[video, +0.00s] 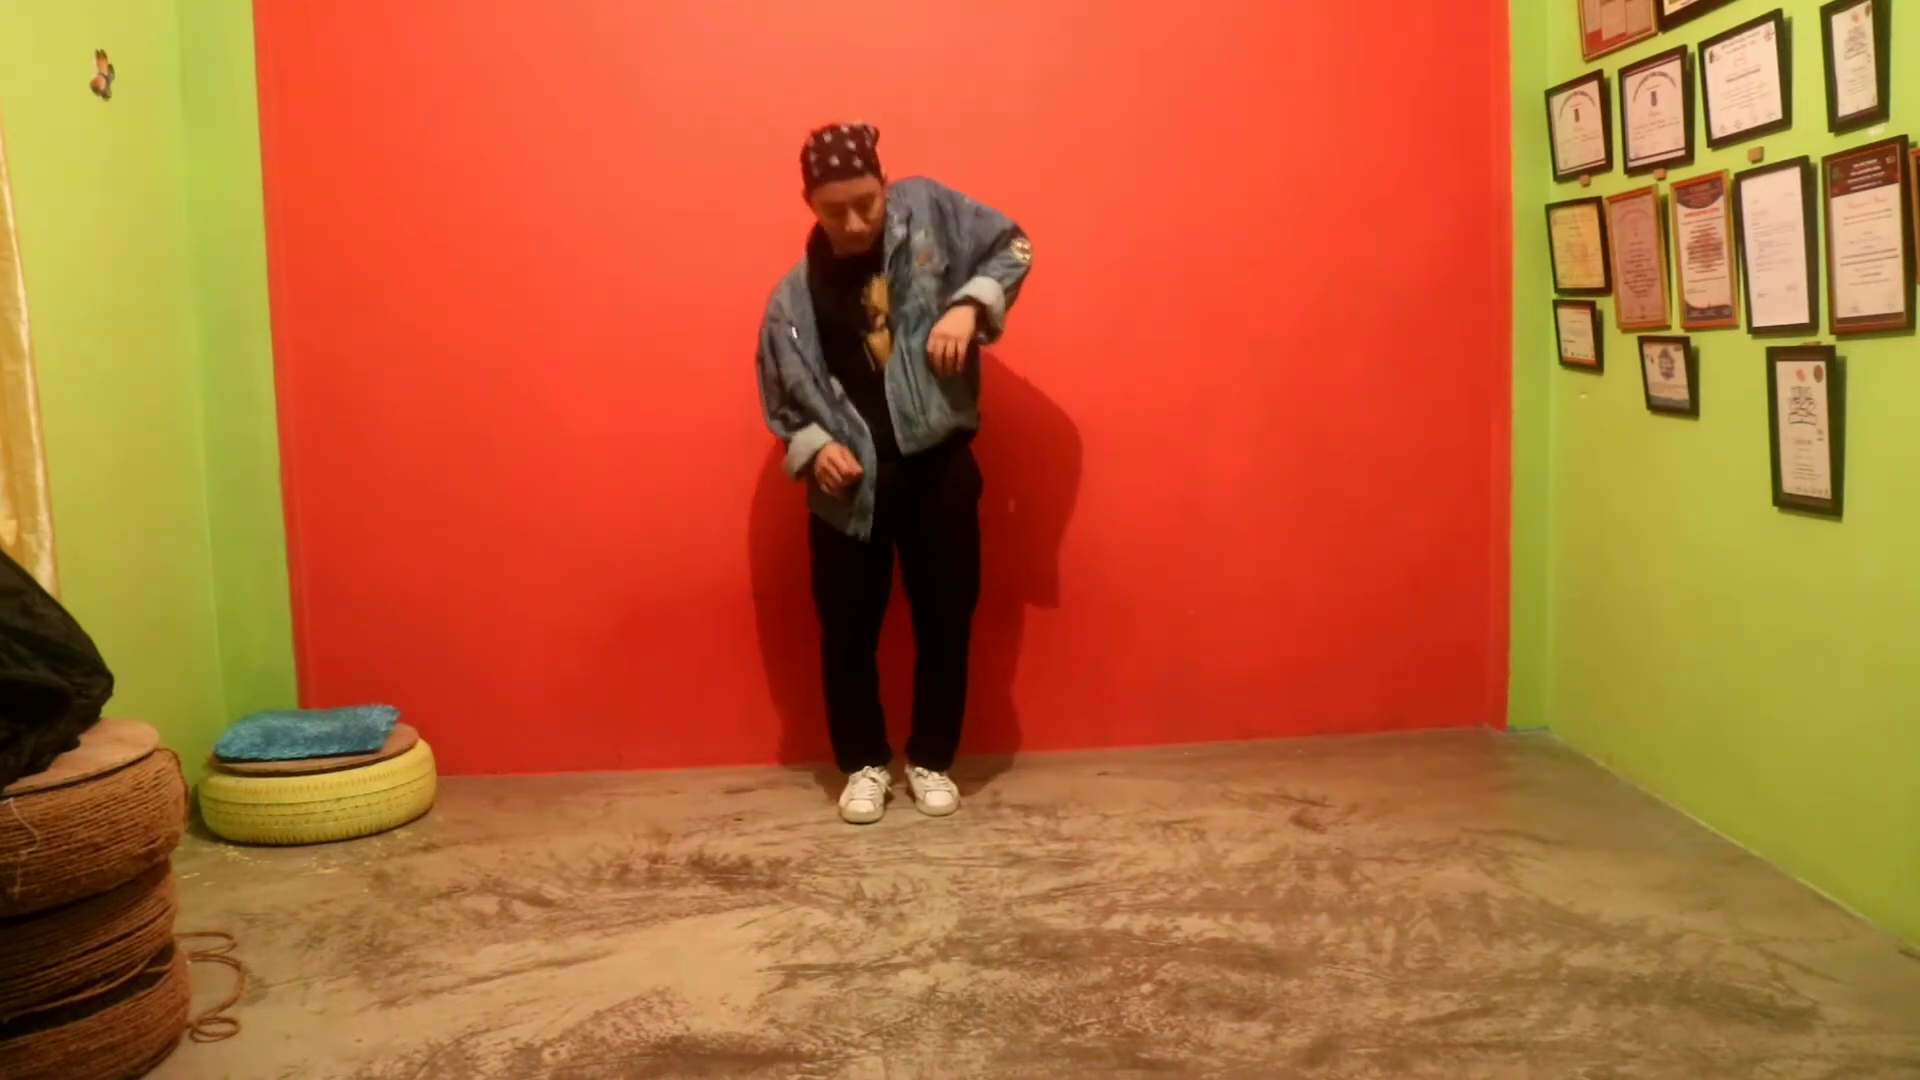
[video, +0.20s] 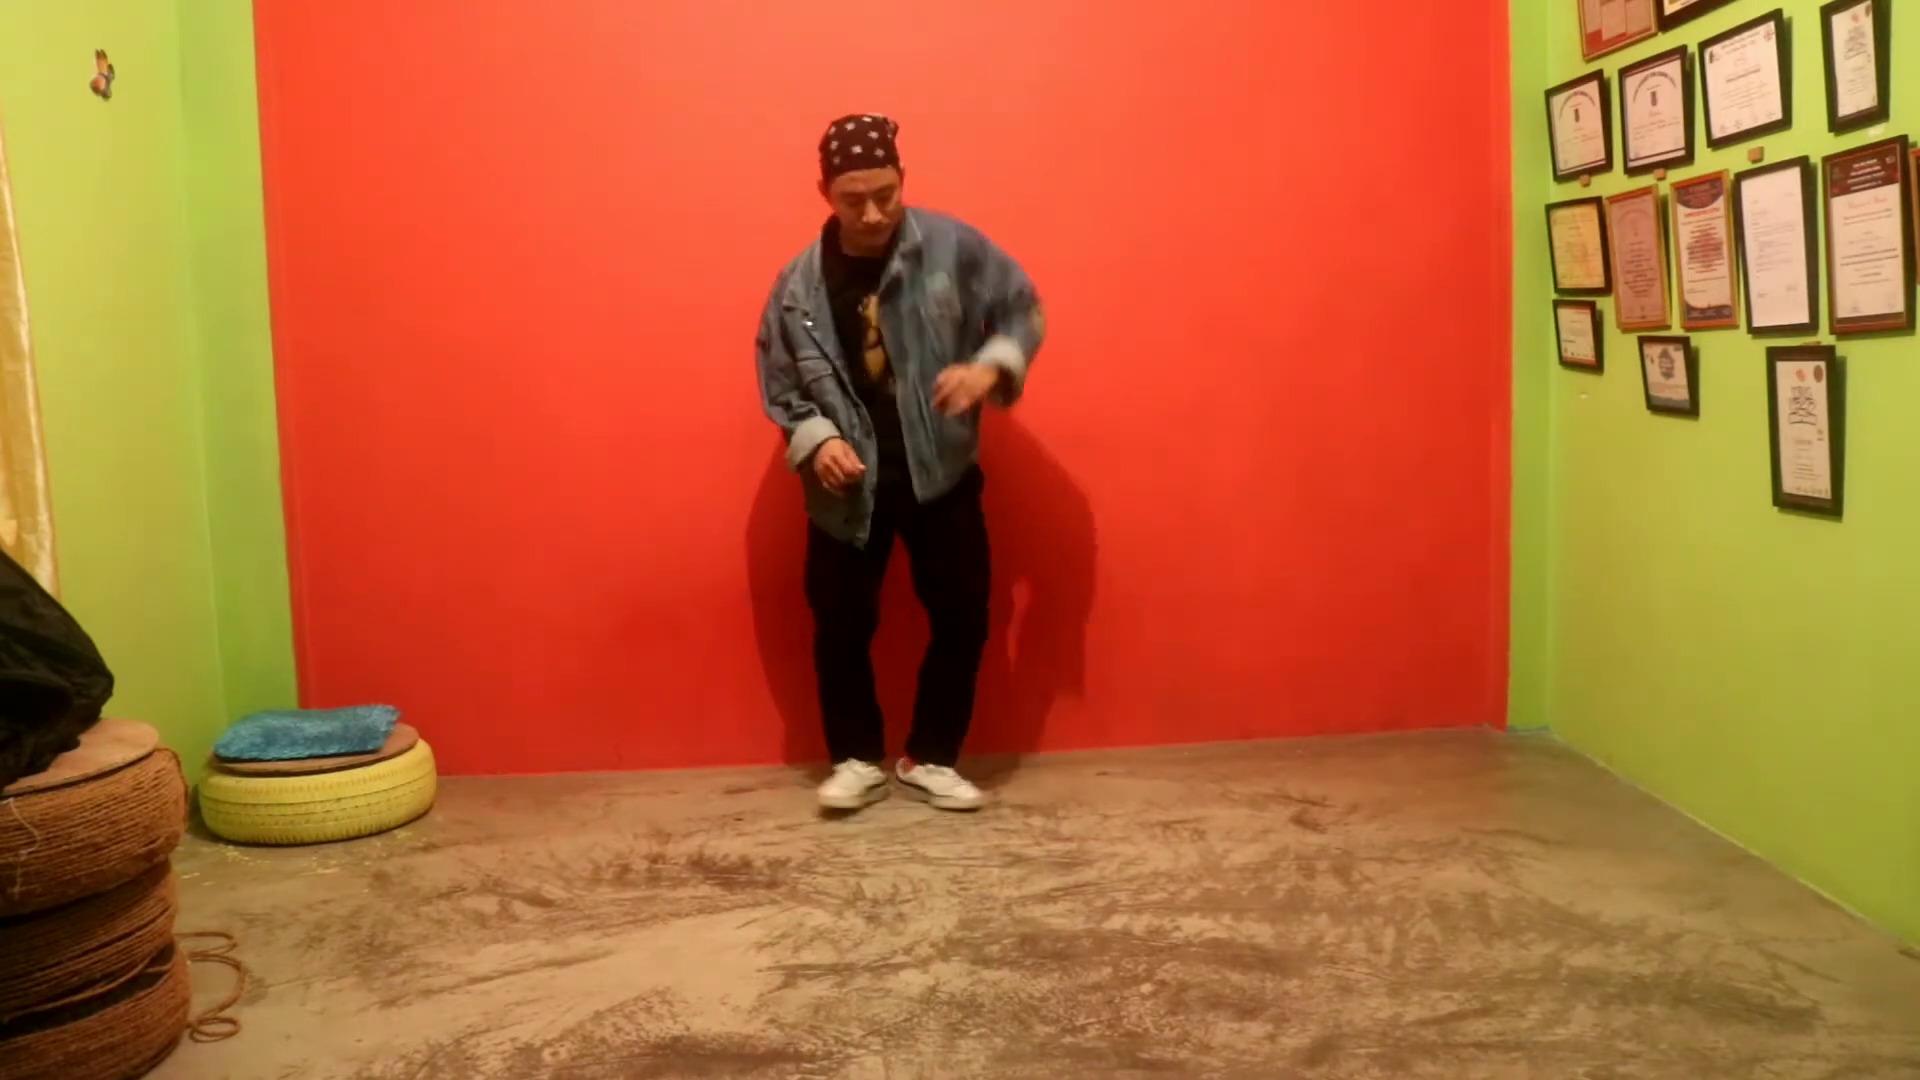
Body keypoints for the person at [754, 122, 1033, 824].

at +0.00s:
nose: (855, 223)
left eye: (865, 203)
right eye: (836, 210)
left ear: (885, 187)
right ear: (812, 204)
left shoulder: (924, 209)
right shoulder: (794, 301)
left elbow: (1009, 246)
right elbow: (784, 404)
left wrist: (968, 305)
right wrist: (815, 446)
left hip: (937, 468)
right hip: (848, 483)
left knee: (945, 619)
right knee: (848, 629)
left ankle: (931, 762)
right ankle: (864, 767)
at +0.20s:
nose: (872, 214)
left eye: (884, 196)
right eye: (853, 200)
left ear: (903, 183)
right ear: (827, 193)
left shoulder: (955, 249)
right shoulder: (798, 287)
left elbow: (1023, 313)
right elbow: (782, 385)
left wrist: (989, 366)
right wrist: (816, 440)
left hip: (942, 476)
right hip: (850, 482)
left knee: (962, 614)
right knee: (839, 620)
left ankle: (930, 760)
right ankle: (858, 760)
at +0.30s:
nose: (882, 232)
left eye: (893, 213)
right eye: (864, 218)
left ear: (913, 206)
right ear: (840, 217)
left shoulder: (959, 289)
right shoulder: (803, 305)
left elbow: (1013, 366)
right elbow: (779, 397)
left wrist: (986, 413)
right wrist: (816, 452)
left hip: (943, 502)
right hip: (846, 506)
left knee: (984, 625)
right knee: (811, 629)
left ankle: (929, 760)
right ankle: (855, 760)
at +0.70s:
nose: (878, 299)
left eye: (891, 283)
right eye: (864, 286)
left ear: (911, 266)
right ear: (840, 271)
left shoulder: (947, 297)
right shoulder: (805, 318)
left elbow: (964, 395)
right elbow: (809, 412)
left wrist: (962, 375)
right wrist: (815, 387)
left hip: (937, 514)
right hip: (847, 520)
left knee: (978, 639)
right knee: (828, 647)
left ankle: (927, 764)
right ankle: (858, 768)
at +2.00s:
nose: (911, 220)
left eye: (922, 205)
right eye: (896, 205)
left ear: (938, 194)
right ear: (864, 191)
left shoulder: (960, 256)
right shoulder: (817, 258)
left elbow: (999, 314)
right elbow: (772, 338)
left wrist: (979, 413)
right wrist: (801, 411)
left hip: (943, 474)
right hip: (850, 477)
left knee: (967, 620)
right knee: (841, 626)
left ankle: (975, 759)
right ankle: (833, 765)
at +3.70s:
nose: (907, 246)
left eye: (923, 232)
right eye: (894, 229)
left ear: (948, 221)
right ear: (873, 212)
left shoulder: (980, 280)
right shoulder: (839, 234)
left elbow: (1006, 373)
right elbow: (788, 300)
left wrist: (939, 374)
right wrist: (795, 323)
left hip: (916, 465)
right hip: (830, 458)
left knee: (912, 613)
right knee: (837, 615)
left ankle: (921, 766)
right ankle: (862, 764)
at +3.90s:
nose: (974, 250)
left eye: (992, 235)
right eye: (961, 231)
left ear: (1015, 230)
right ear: (938, 212)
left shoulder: (1004, 336)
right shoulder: (887, 236)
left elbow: (974, 441)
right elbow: (818, 273)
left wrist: (919, 386)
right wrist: (802, 301)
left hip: (901, 482)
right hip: (810, 462)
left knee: (916, 623)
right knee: (809, 620)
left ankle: (919, 768)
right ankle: (855, 765)